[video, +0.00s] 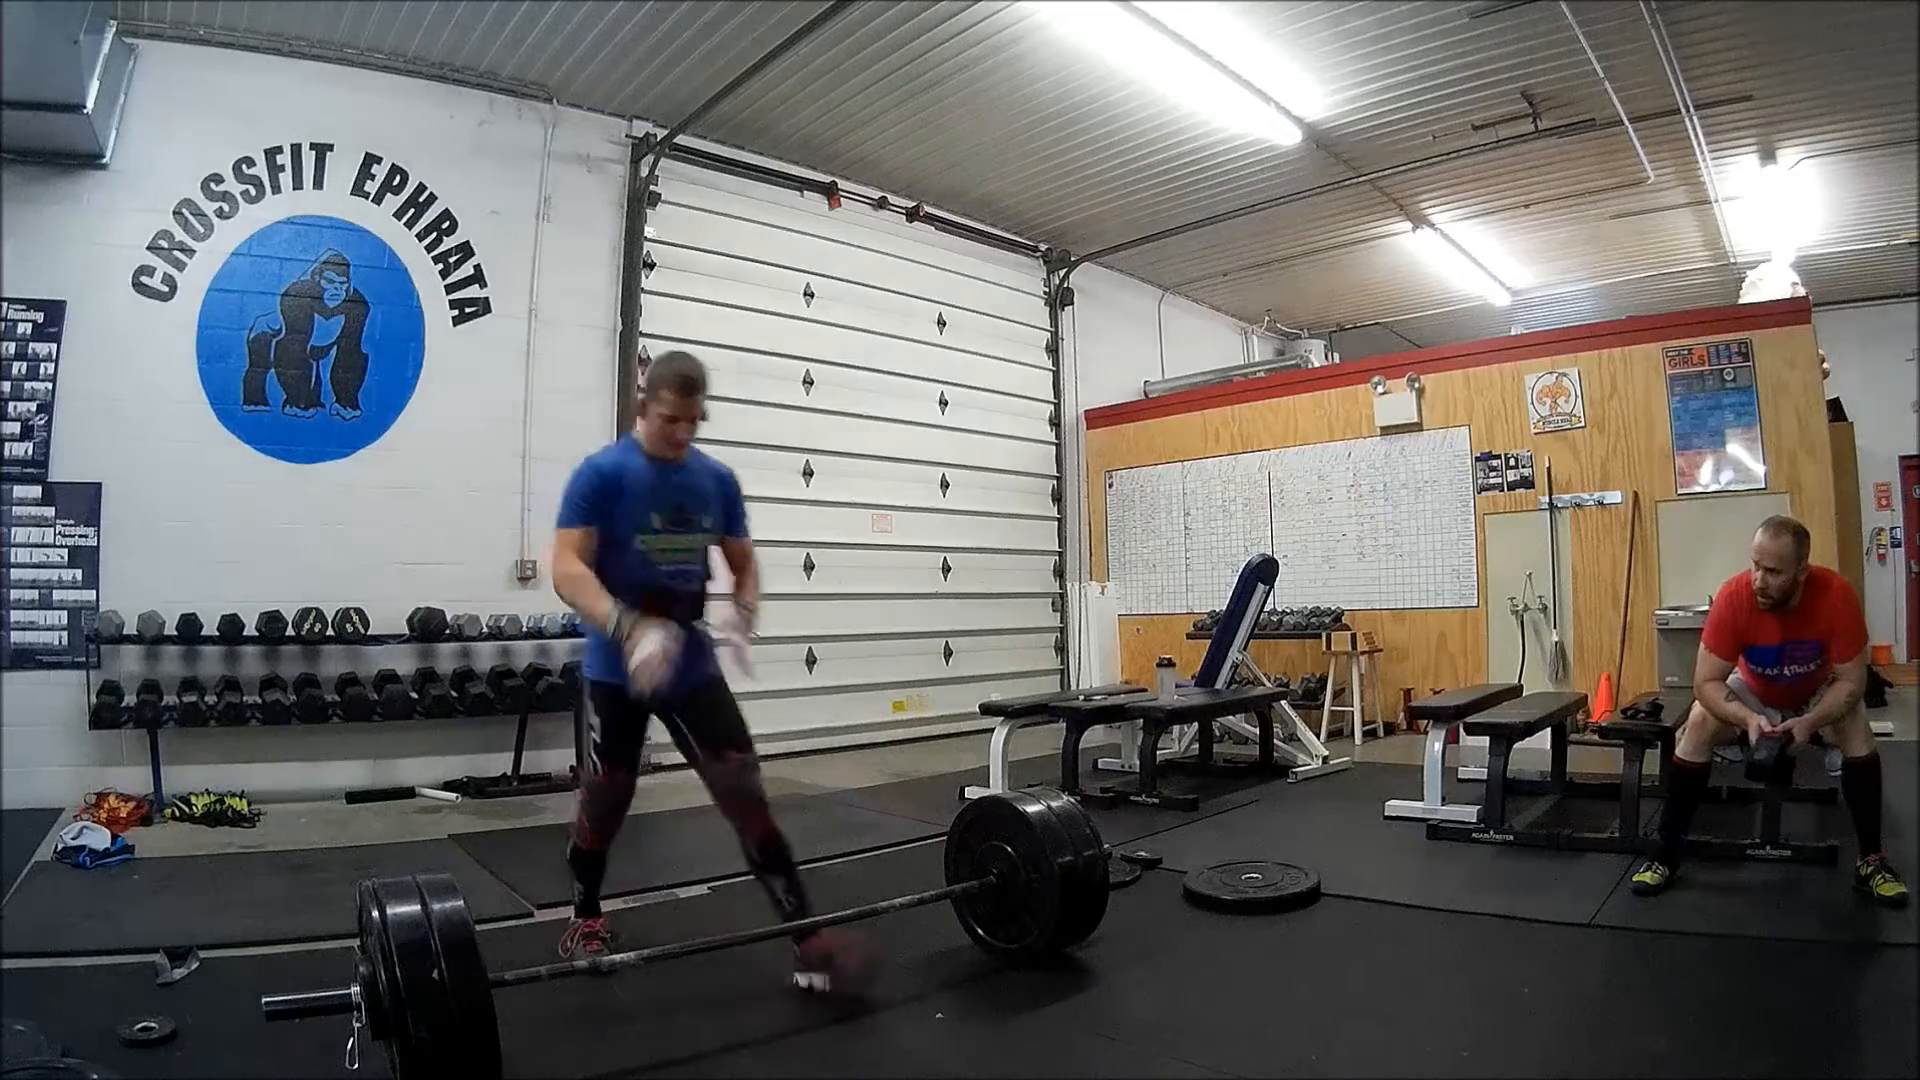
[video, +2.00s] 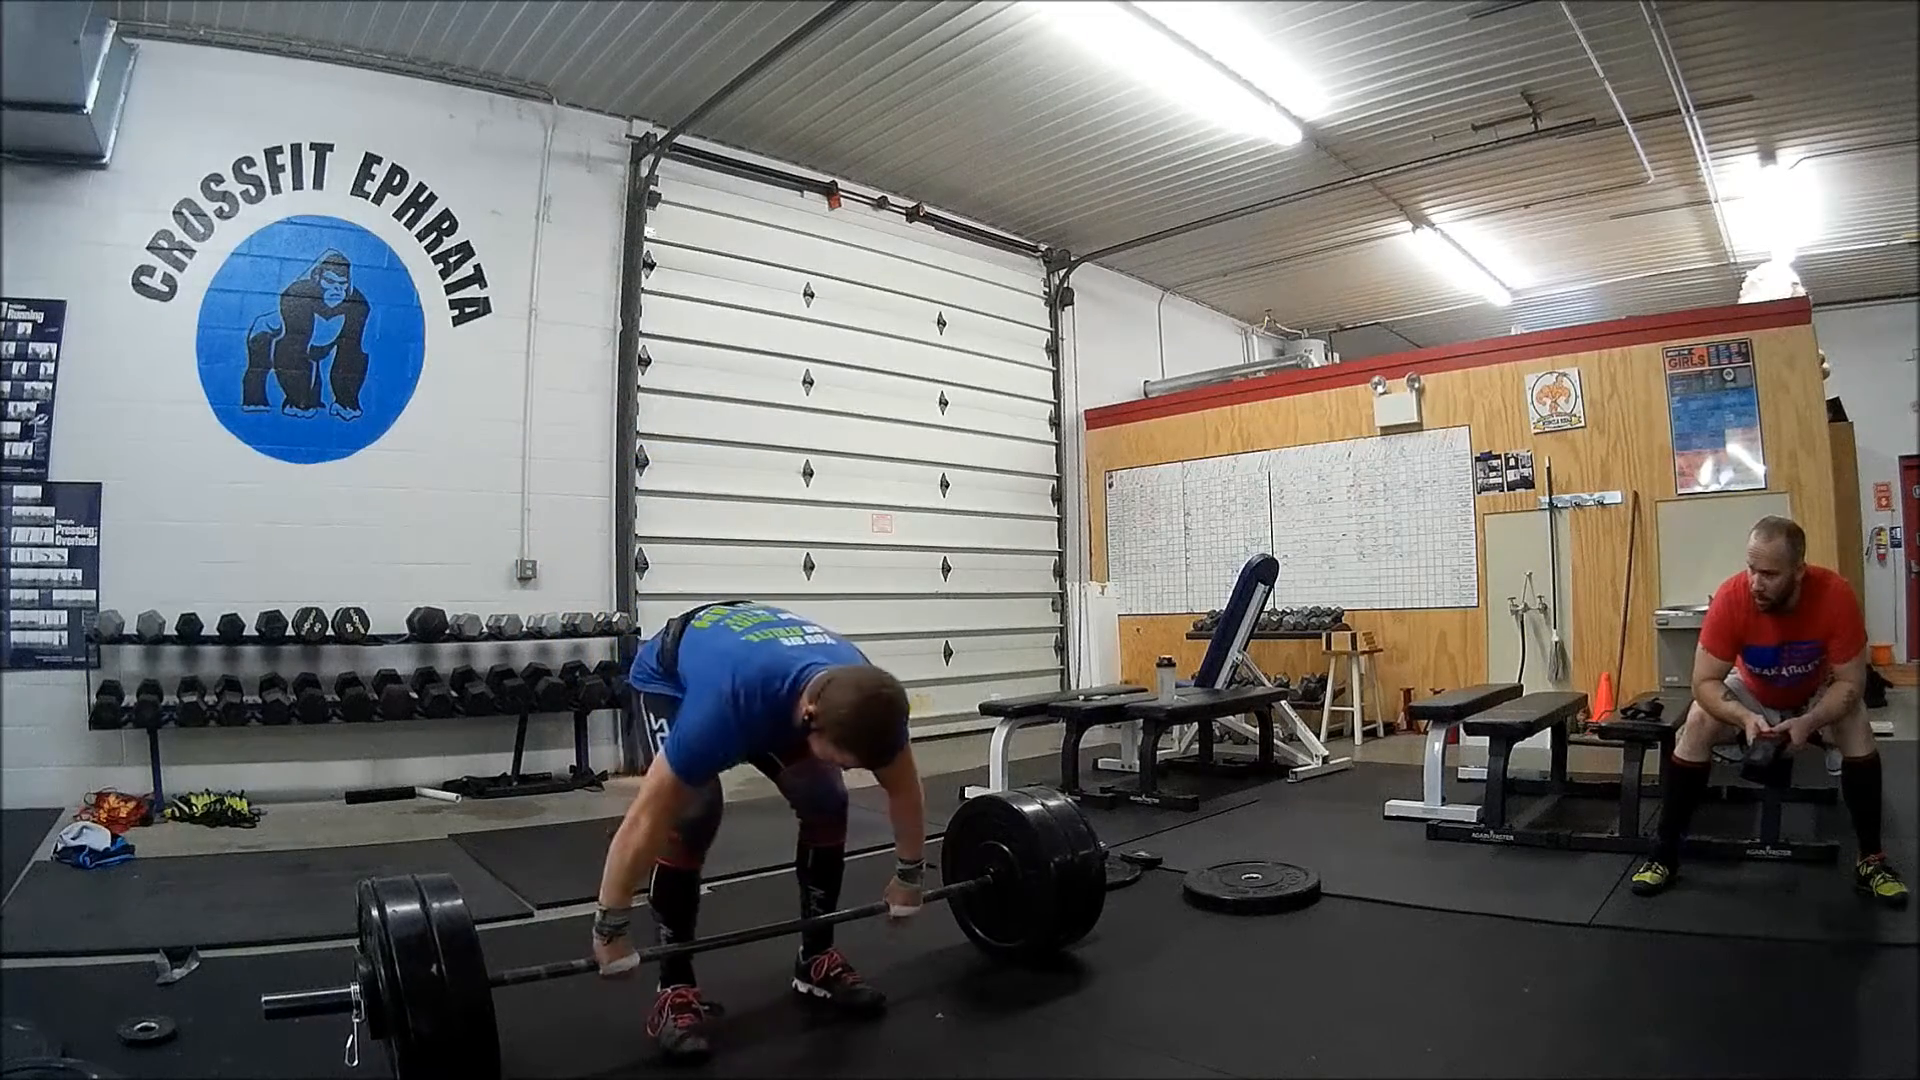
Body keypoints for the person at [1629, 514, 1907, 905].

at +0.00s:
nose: (1759, 580)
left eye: (1772, 572)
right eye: (1755, 566)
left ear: (1803, 570)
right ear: (1750, 558)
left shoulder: (1835, 595)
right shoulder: (1733, 597)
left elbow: (1851, 681)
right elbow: (1706, 683)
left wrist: (1810, 721)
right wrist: (1746, 719)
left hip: (1816, 695)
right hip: (1752, 694)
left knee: (1854, 723)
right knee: (1698, 722)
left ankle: (1871, 860)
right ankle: (1665, 857)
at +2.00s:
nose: (1757, 584)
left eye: (1769, 575)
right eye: (1752, 570)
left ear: (1799, 568)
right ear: (1747, 562)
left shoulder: (1834, 595)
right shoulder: (1731, 598)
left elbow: (1851, 682)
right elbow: (1704, 683)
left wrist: (1808, 722)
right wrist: (1743, 718)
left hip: (1816, 695)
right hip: (1751, 694)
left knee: (1855, 724)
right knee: (1697, 722)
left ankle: (1871, 860)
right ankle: (1665, 857)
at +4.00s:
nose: (1758, 583)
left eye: (1770, 574)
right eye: (1753, 570)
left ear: (1799, 569)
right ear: (1747, 561)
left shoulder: (1834, 595)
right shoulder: (1731, 597)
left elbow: (1851, 680)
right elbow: (1704, 681)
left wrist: (1813, 718)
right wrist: (1741, 720)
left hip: (1815, 694)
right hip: (1751, 692)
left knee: (1855, 724)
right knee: (1698, 720)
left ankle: (1871, 859)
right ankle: (1664, 857)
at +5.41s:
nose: (1756, 582)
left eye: (1768, 573)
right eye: (1751, 569)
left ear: (1798, 568)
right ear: (1746, 561)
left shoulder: (1832, 594)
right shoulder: (1731, 597)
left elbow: (1850, 682)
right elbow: (1703, 682)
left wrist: (1810, 722)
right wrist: (1741, 720)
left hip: (1815, 693)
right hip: (1751, 691)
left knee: (1854, 723)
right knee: (1697, 722)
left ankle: (1871, 861)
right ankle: (1664, 857)